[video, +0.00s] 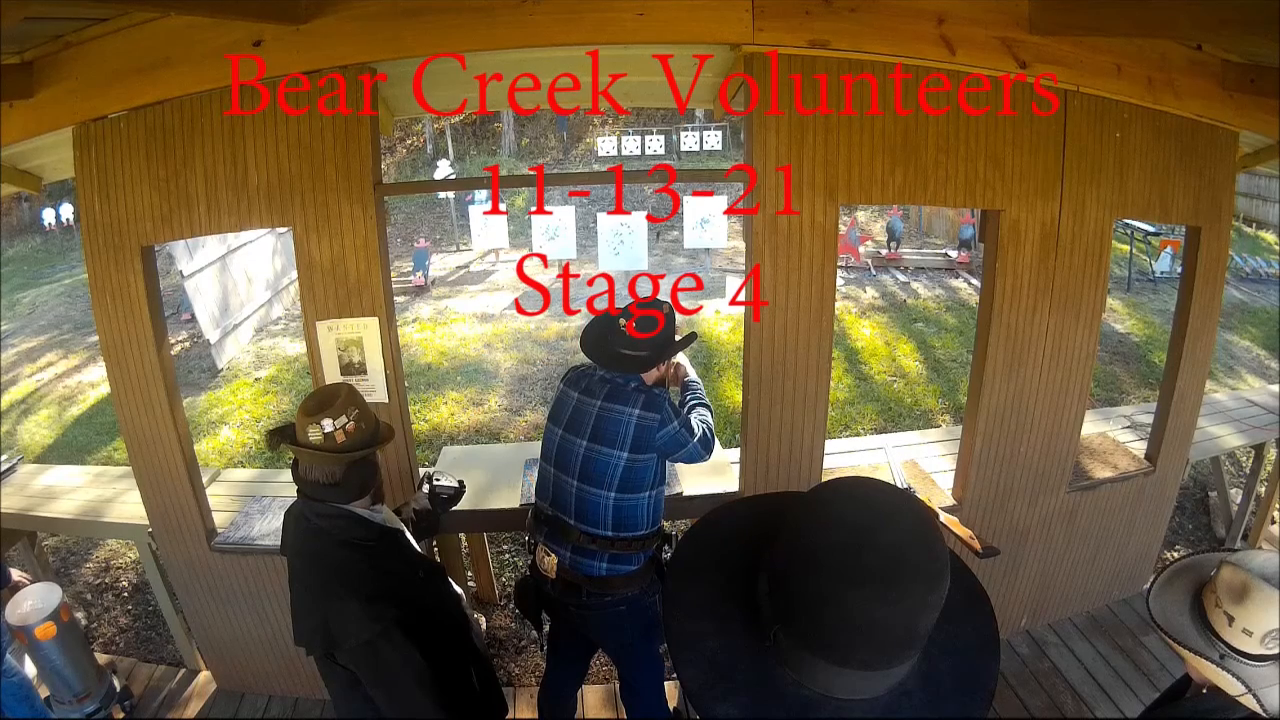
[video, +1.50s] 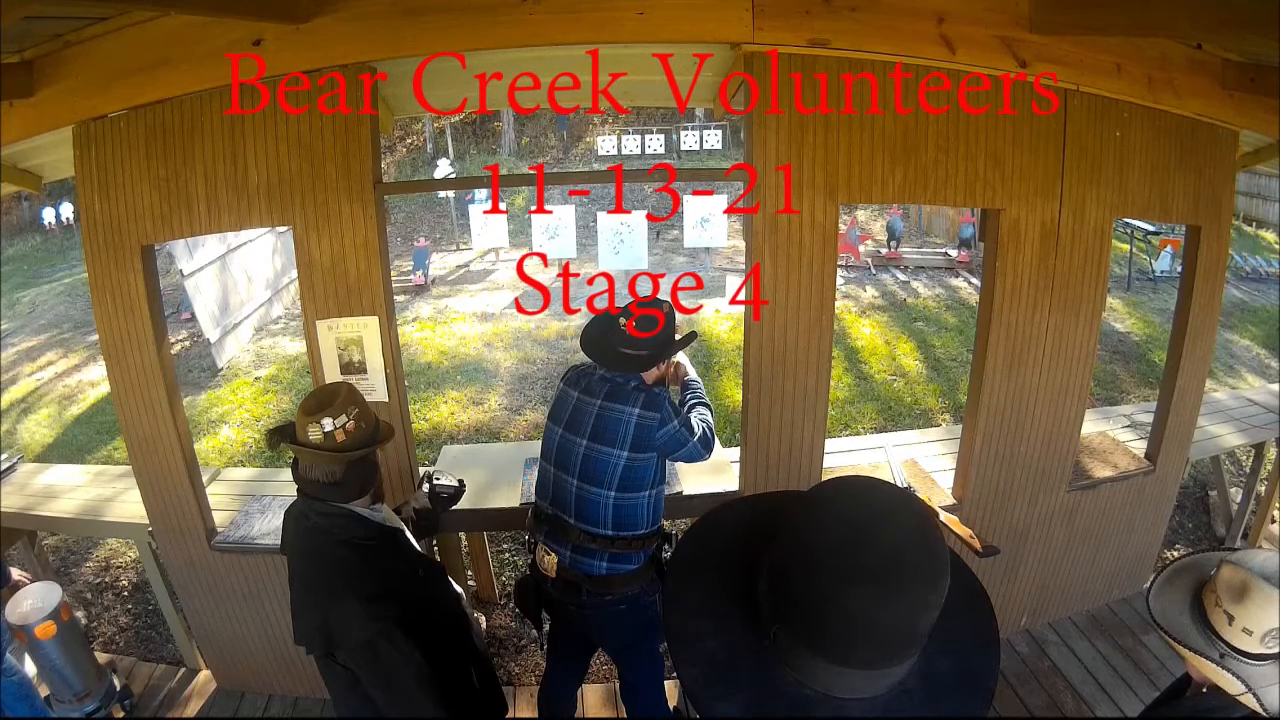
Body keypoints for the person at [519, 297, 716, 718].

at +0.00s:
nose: (668, 360)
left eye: (668, 353)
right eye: (666, 353)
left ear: (607, 349)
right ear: (652, 363)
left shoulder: (572, 383)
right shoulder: (653, 411)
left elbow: (615, 394)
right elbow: (701, 445)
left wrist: (651, 379)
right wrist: (691, 380)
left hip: (556, 576)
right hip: (618, 590)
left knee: (558, 682)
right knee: (644, 687)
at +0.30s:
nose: (668, 360)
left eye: (667, 353)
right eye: (666, 353)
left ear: (607, 349)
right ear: (652, 364)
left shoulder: (572, 382)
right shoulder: (653, 412)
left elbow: (616, 395)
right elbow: (702, 444)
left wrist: (651, 379)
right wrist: (691, 379)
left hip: (556, 577)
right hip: (618, 590)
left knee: (559, 681)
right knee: (645, 687)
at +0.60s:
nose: (668, 360)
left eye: (667, 353)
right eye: (665, 353)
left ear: (607, 349)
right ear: (652, 364)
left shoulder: (572, 381)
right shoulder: (653, 411)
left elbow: (616, 395)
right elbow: (702, 444)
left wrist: (651, 379)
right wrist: (691, 379)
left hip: (556, 577)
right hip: (618, 589)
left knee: (559, 681)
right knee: (645, 687)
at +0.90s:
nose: (668, 360)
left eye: (668, 354)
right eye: (665, 354)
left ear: (607, 348)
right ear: (651, 363)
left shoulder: (571, 382)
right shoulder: (653, 411)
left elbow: (614, 392)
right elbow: (701, 444)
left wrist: (651, 378)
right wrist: (691, 380)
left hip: (557, 576)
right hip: (620, 588)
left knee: (559, 678)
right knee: (644, 683)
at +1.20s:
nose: (667, 360)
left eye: (667, 353)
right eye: (665, 353)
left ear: (606, 349)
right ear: (652, 363)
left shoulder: (571, 382)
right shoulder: (653, 411)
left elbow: (616, 392)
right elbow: (701, 443)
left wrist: (651, 377)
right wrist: (691, 379)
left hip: (556, 576)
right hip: (618, 588)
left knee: (560, 677)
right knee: (644, 683)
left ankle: (552, 716)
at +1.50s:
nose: (668, 359)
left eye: (668, 352)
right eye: (666, 353)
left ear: (608, 349)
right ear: (652, 363)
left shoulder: (571, 381)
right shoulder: (651, 411)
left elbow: (618, 391)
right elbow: (701, 443)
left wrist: (653, 377)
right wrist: (691, 379)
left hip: (556, 574)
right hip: (617, 586)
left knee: (560, 677)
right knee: (644, 682)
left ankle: (552, 716)